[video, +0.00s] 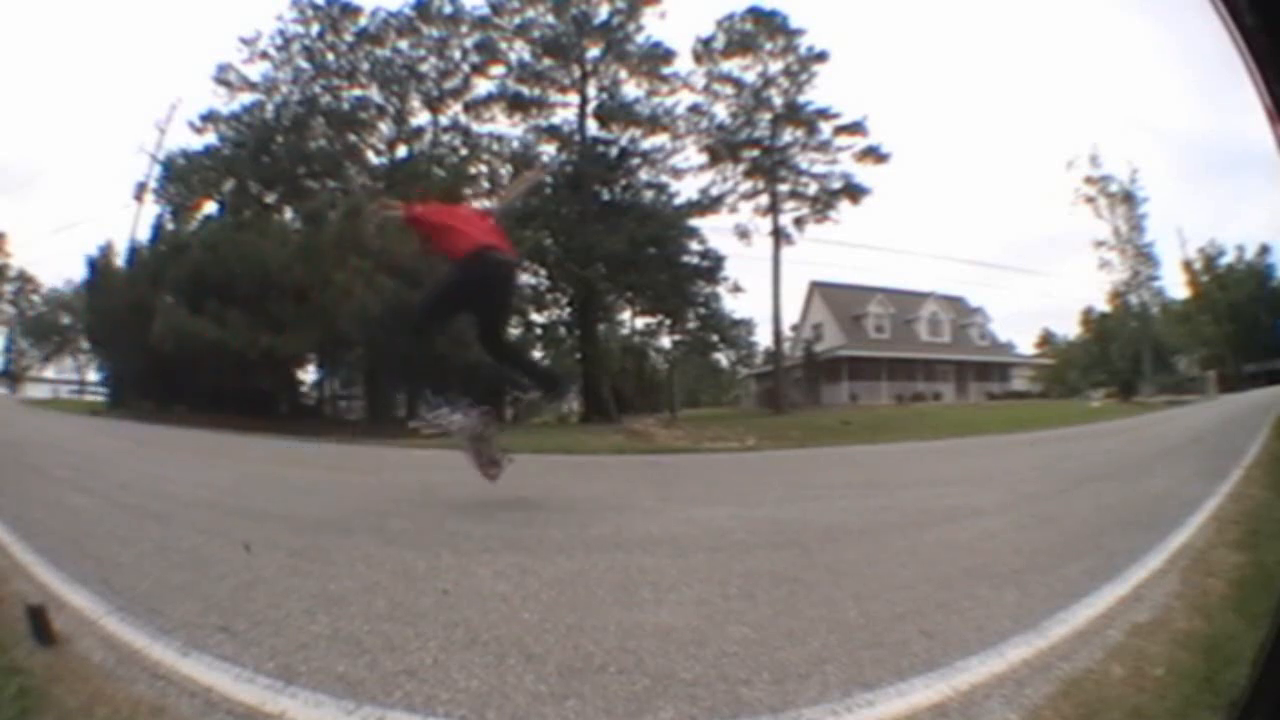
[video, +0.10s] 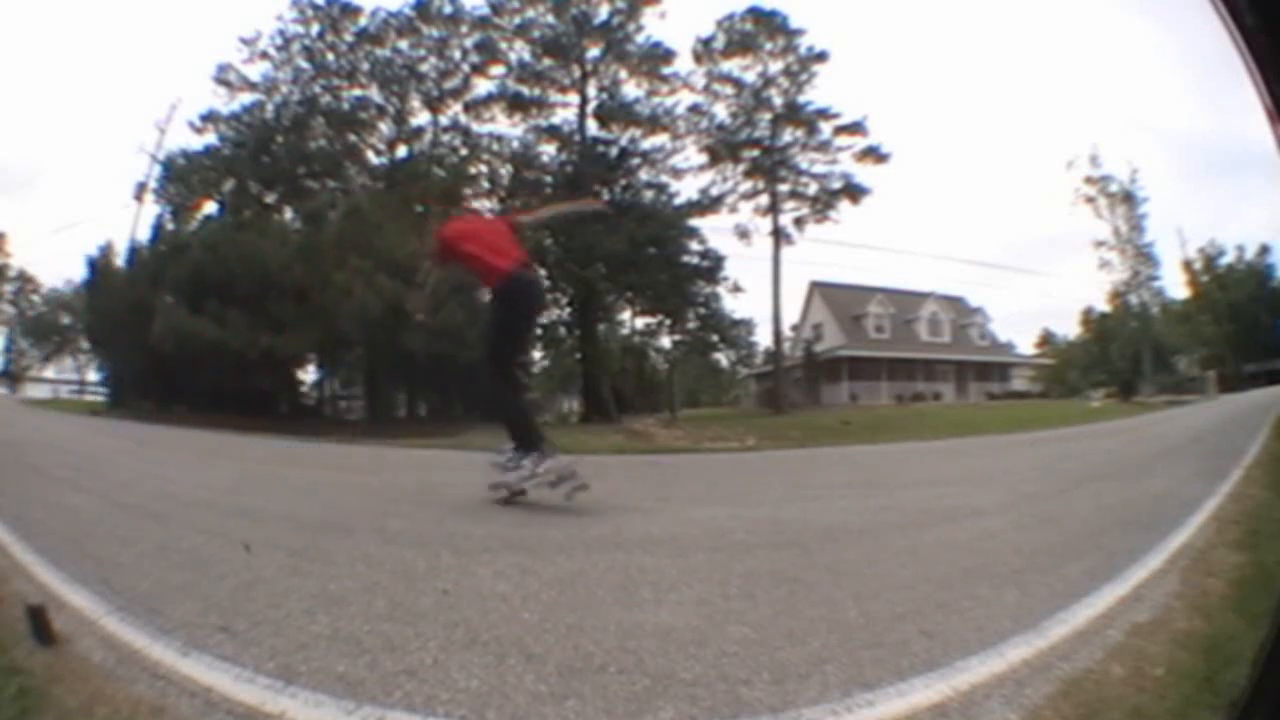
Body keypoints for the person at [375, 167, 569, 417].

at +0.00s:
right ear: (454, 204)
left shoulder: (426, 214)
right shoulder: (475, 213)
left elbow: (385, 209)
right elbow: (505, 198)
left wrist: (371, 228)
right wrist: (531, 178)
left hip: (476, 264)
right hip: (505, 267)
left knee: (424, 320)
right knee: (492, 339)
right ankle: (552, 385)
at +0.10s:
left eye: (431, 215)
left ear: (440, 213)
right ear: (465, 207)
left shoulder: (446, 235)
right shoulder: (495, 221)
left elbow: (429, 276)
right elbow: (543, 214)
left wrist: (420, 307)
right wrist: (589, 205)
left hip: (510, 291)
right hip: (531, 286)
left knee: (499, 369)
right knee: (504, 367)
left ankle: (531, 448)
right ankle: (524, 444)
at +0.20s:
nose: (462, 263)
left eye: (460, 258)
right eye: (461, 259)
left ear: (465, 250)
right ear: (482, 241)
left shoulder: (475, 263)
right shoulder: (509, 248)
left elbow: (481, 311)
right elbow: (555, 252)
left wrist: (476, 351)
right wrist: (606, 253)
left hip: (540, 333)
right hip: (555, 327)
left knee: (541, 410)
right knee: (518, 410)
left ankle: (595, 472)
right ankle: (539, 474)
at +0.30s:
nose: (476, 284)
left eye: (474, 277)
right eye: (471, 279)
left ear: (482, 267)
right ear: (485, 264)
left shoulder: (507, 274)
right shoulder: (518, 265)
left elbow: (518, 333)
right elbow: (568, 276)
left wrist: (512, 382)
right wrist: (590, 314)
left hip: (579, 336)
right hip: (558, 343)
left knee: (590, 411)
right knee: (543, 410)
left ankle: (618, 469)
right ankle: (559, 473)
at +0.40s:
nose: (492, 299)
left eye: (489, 292)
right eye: (487, 295)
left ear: (497, 281)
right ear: (497, 281)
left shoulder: (530, 276)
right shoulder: (525, 289)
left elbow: (560, 298)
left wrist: (558, 342)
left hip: (607, 322)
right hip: (583, 334)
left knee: (616, 396)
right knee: (576, 407)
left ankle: (646, 457)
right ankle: (584, 473)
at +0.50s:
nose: (515, 316)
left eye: (514, 310)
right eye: (511, 313)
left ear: (525, 299)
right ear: (518, 306)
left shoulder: (557, 284)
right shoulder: (534, 311)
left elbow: (594, 275)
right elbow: (511, 330)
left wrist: (591, 295)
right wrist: (485, 352)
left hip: (632, 316)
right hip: (602, 331)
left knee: (645, 384)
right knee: (606, 403)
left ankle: (670, 444)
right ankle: (618, 477)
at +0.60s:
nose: (538, 337)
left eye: (537, 329)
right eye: (534, 332)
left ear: (549, 315)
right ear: (542, 323)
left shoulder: (577, 298)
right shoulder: (561, 337)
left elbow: (609, 291)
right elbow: (546, 379)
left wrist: (583, 319)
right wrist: (525, 416)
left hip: (657, 317)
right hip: (631, 334)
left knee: (673, 382)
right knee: (630, 401)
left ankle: (697, 443)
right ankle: (641, 476)